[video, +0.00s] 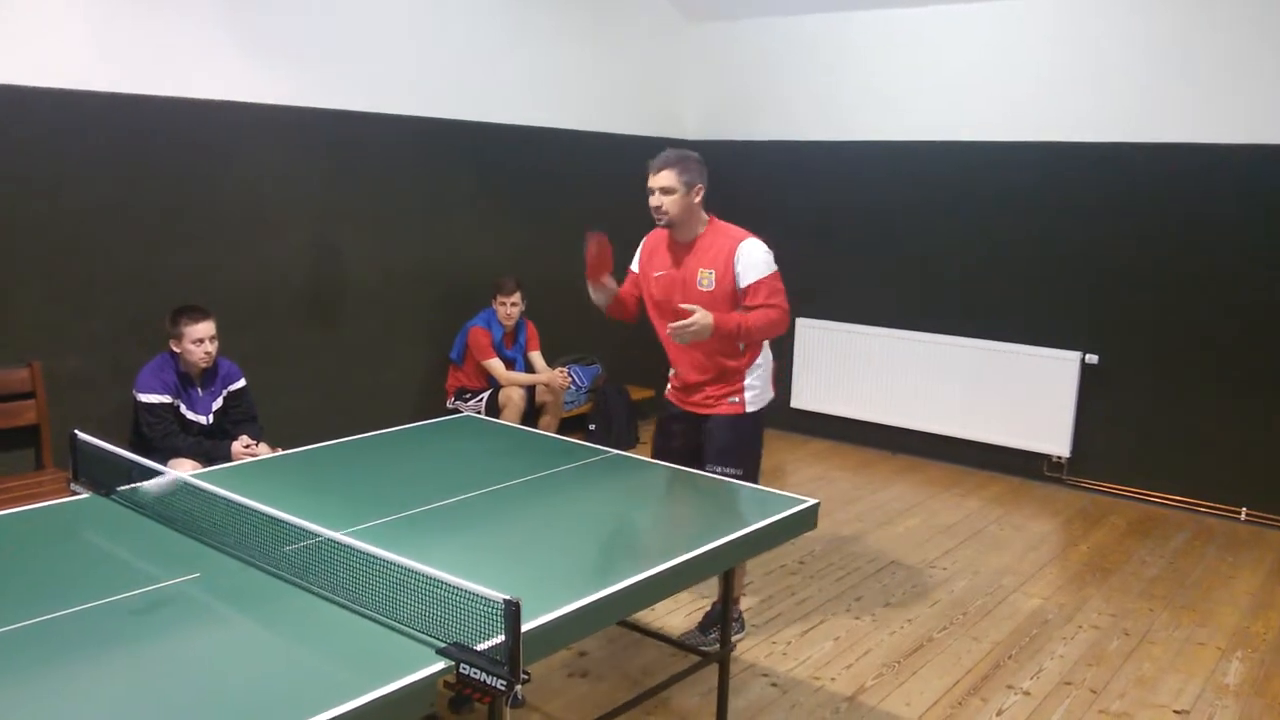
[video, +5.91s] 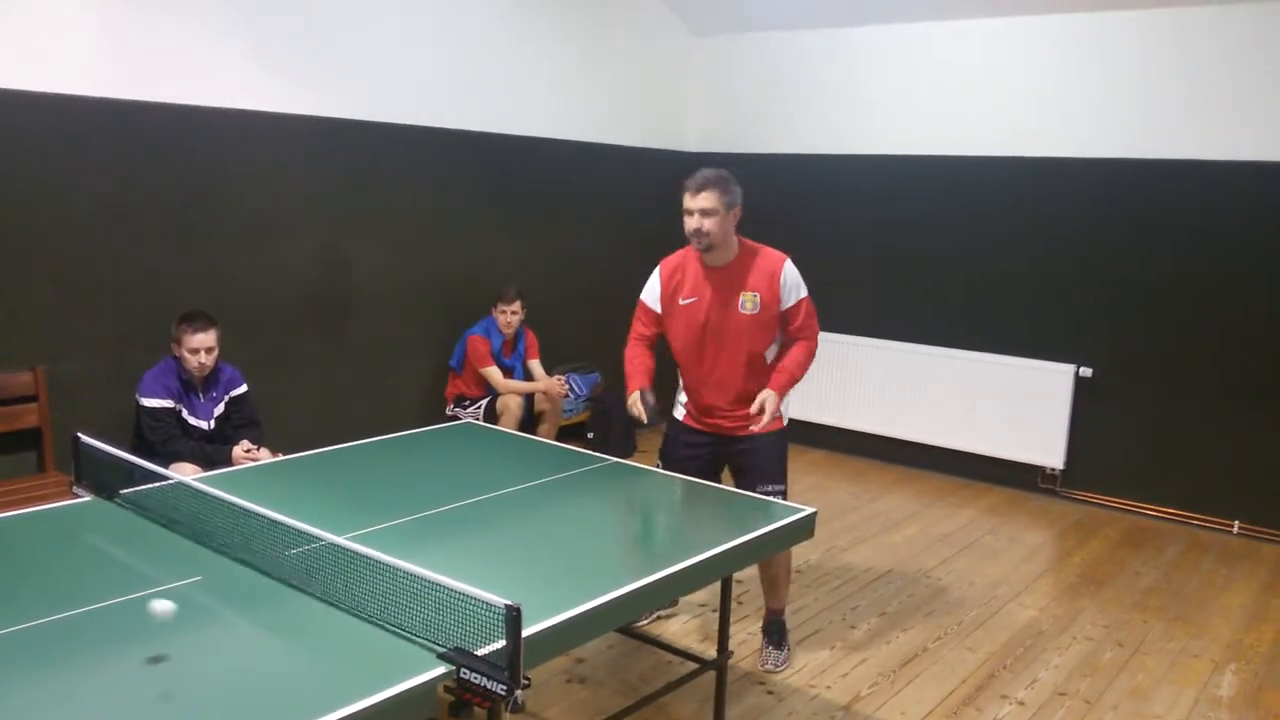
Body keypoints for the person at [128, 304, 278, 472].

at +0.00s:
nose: (208, 350)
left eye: (212, 340)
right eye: (198, 343)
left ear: (218, 340)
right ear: (176, 345)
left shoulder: (228, 372)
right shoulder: (152, 381)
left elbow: (245, 420)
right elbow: (166, 442)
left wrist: (245, 438)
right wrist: (227, 451)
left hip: (218, 451)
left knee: (264, 454)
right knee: (187, 470)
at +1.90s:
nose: (199, 352)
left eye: (208, 343)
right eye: (191, 343)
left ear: (222, 342)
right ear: (181, 342)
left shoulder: (235, 371)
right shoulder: (161, 377)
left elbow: (251, 419)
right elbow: (174, 440)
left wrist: (251, 438)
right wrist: (234, 449)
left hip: (226, 450)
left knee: (270, 450)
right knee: (195, 467)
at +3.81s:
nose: (188, 360)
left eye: (197, 351)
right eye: (180, 351)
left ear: (212, 351)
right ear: (170, 350)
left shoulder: (225, 380)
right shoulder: (150, 386)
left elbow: (240, 428)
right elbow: (162, 449)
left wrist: (241, 447)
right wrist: (223, 458)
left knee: (260, 460)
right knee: (184, 476)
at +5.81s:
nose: (203, 360)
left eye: (210, 350)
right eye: (194, 352)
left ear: (219, 348)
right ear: (176, 349)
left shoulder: (230, 377)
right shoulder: (155, 384)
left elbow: (246, 426)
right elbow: (167, 446)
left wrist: (245, 444)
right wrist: (228, 455)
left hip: (220, 458)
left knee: (265, 458)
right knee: (189, 473)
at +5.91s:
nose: (202, 360)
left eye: (209, 351)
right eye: (194, 352)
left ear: (218, 348)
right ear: (176, 349)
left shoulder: (229, 378)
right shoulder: (155, 384)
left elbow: (246, 426)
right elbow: (167, 447)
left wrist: (245, 444)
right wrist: (228, 455)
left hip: (219, 457)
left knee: (264, 458)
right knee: (190, 474)